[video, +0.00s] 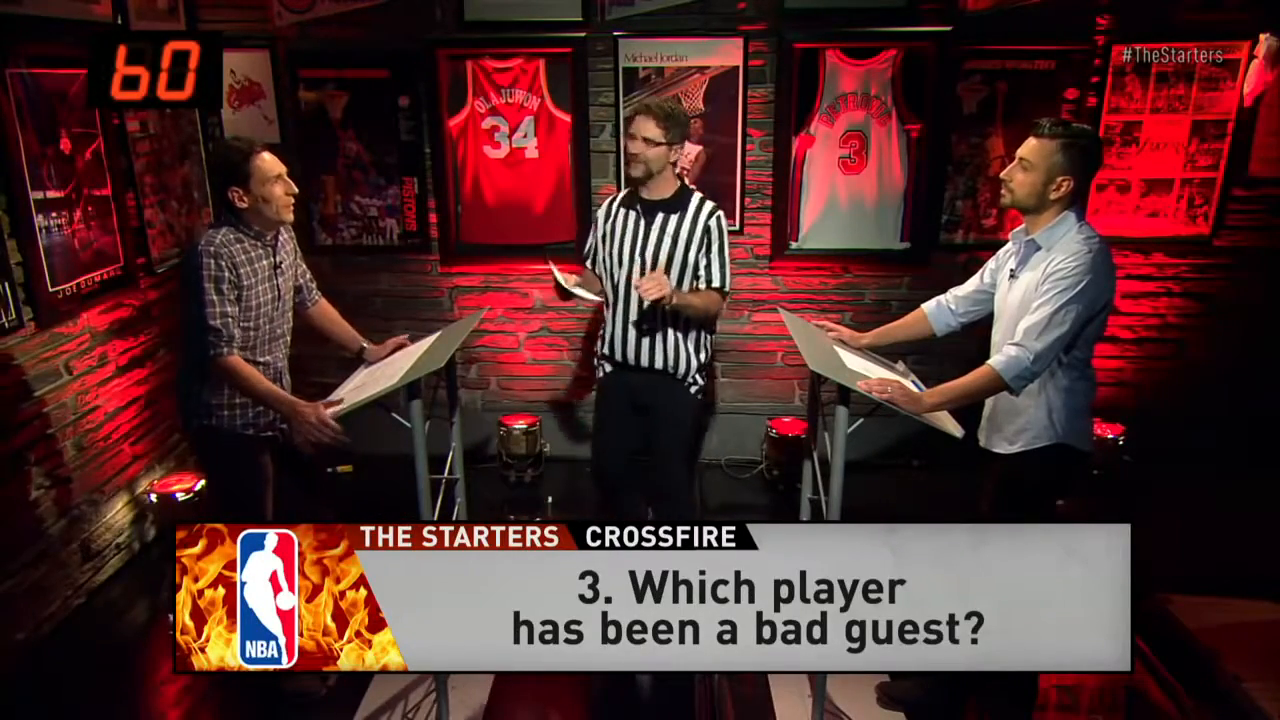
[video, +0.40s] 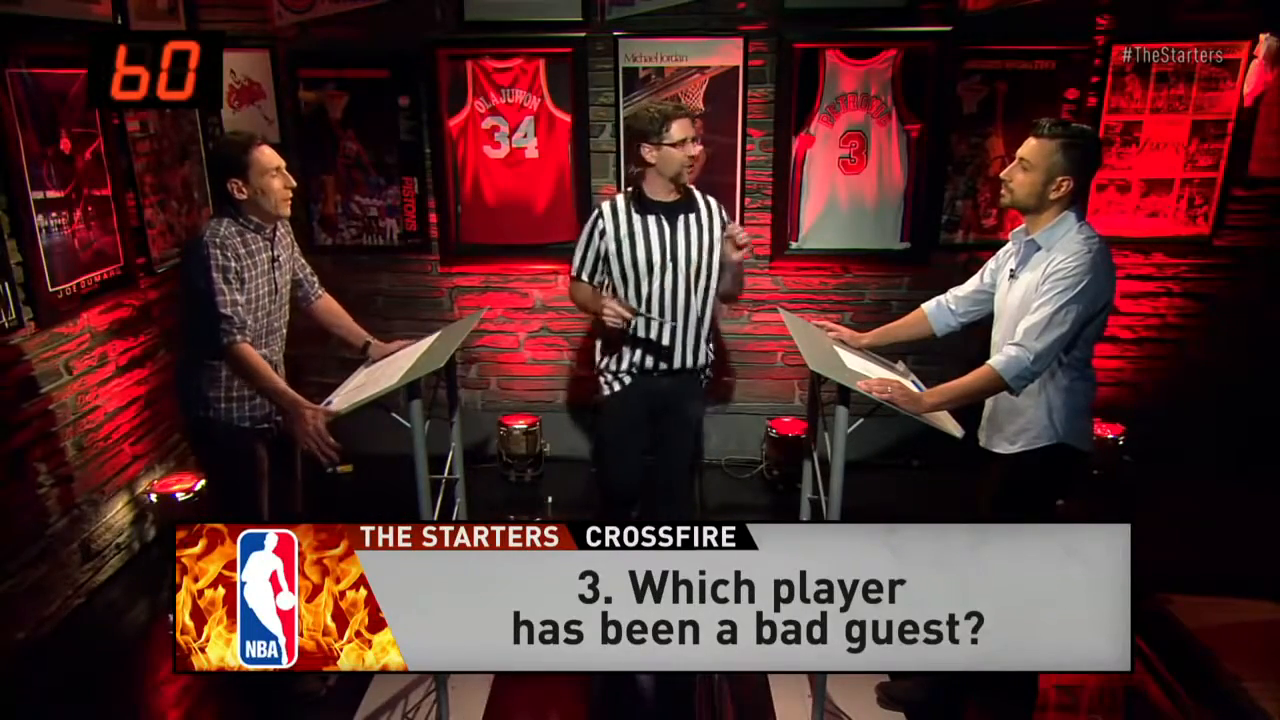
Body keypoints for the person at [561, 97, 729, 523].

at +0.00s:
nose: (633, 147)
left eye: (647, 141)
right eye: (630, 137)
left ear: (675, 151)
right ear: (624, 140)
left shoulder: (706, 217)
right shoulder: (611, 209)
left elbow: (713, 304)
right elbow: (599, 282)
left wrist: (675, 297)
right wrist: (580, 284)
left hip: (677, 383)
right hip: (617, 375)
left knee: (671, 491)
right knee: (610, 482)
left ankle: (675, 572)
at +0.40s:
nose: (695, 151)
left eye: (695, 142)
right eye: (684, 144)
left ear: (687, 149)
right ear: (648, 153)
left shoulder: (709, 212)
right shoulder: (611, 215)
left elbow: (727, 292)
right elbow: (579, 284)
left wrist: (733, 258)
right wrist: (602, 303)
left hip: (686, 379)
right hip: (626, 380)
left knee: (675, 492)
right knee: (623, 490)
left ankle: (671, 585)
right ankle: (616, 585)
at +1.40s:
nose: (631, 162)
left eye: (642, 154)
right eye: (630, 152)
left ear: (679, 159)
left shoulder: (720, 222)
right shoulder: (617, 211)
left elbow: (734, 301)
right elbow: (599, 273)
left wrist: (685, 320)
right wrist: (602, 298)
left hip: (684, 384)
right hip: (622, 378)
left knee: (676, 491)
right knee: (613, 486)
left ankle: (673, 572)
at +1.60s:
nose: (628, 161)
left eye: (640, 153)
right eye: (627, 150)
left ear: (675, 158)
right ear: (625, 149)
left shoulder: (712, 221)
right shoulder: (616, 211)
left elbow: (728, 305)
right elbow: (598, 279)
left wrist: (673, 324)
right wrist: (593, 297)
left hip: (681, 385)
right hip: (619, 379)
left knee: (675, 494)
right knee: (611, 489)